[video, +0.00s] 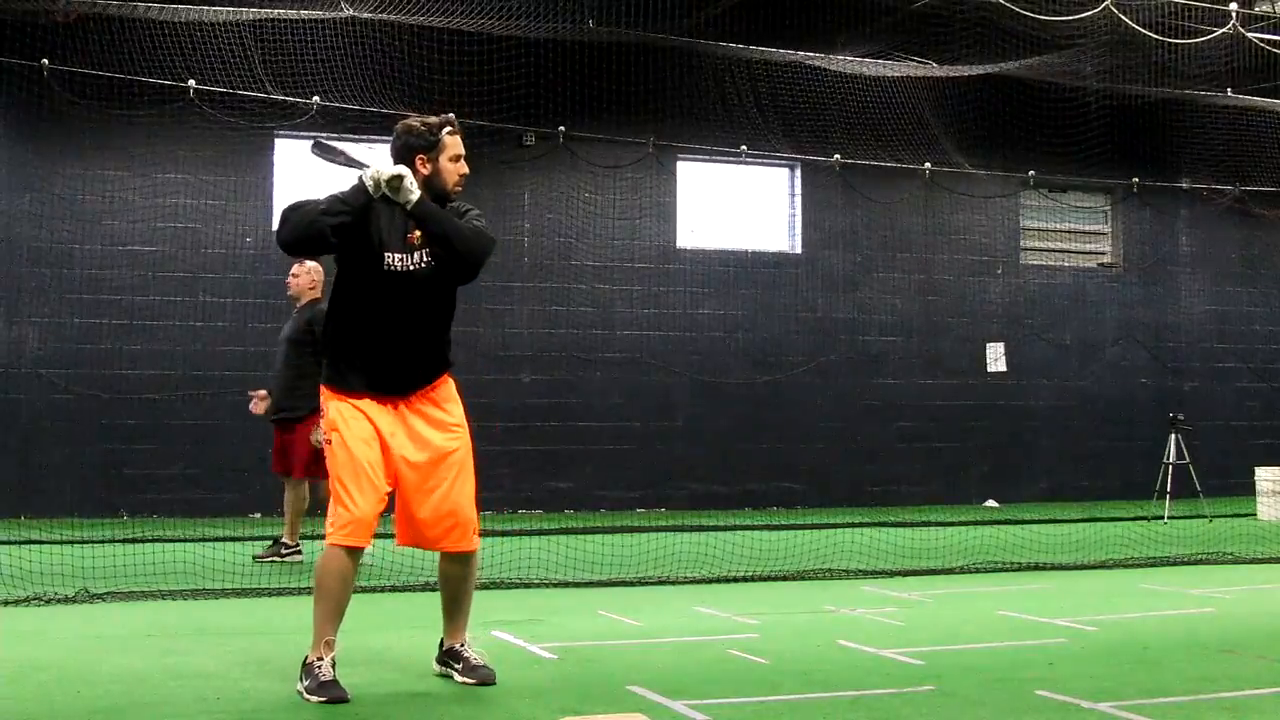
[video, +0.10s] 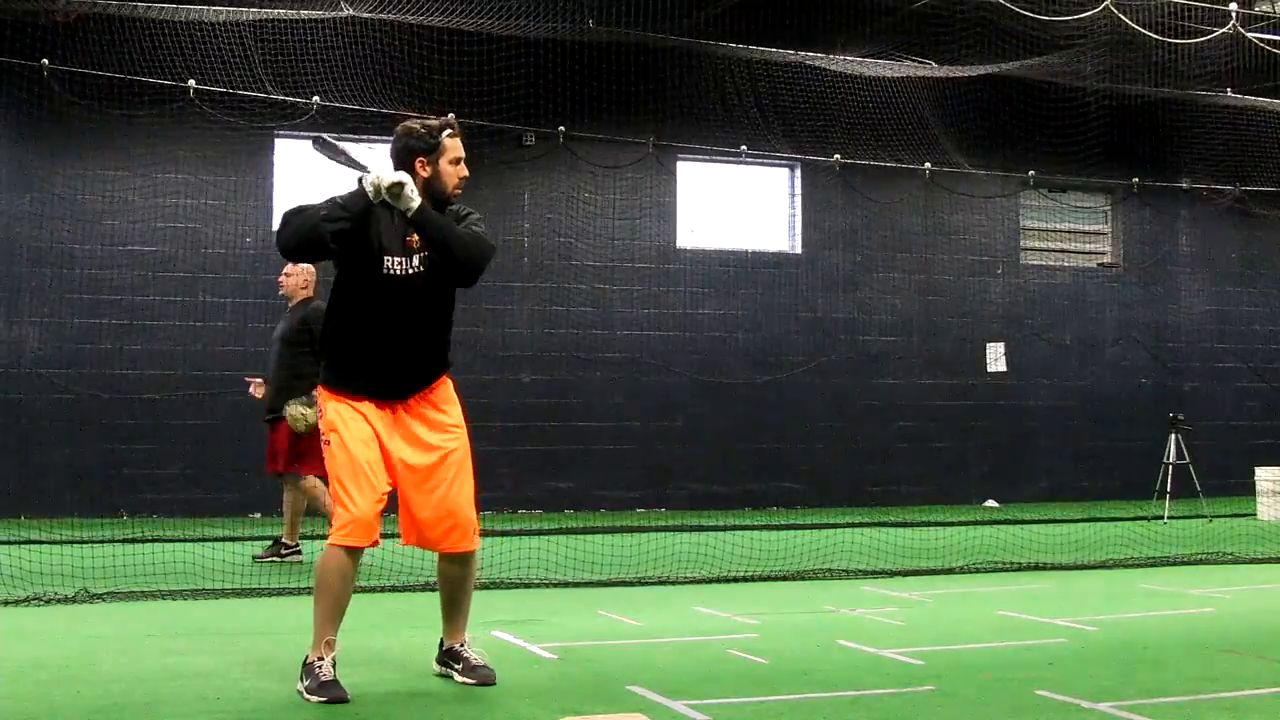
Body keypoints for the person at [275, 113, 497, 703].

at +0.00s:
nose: (464, 167)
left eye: (463, 157)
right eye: (455, 158)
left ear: (434, 163)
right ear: (421, 163)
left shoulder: (457, 219)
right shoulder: (360, 210)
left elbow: (474, 252)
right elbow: (291, 235)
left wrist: (416, 200)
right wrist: (362, 192)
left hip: (430, 395)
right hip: (354, 397)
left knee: (459, 527)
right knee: (353, 523)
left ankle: (454, 646)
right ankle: (320, 657)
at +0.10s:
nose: (463, 170)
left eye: (463, 161)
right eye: (455, 161)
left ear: (434, 166)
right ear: (421, 165)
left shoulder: (456, 221)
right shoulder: (360, 214)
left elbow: (473, 263)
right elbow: (290, 239)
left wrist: (416, 209)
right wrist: (362, 197)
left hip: (428, 397)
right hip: (352, 399)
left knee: (458, 529)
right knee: (354, 525)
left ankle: (454, 646)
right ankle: (320, 658)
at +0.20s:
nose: (460, 174)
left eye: (460, 164)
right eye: (452, 165)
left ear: (430, 169)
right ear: (417, 168)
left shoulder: (449, 223)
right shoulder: (355, 215)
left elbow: (468, 273)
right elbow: (284, 243)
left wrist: (412, 222)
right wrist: (357, 205)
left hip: (422, 398)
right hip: (345, 401)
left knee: (454, 529)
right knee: (353, 523)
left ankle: (453, 645)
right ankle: (320, 658)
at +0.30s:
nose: (455, 177)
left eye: (455, 167)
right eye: (446, 168)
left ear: (423, 171)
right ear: (412, 171)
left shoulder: (446, 226)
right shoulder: (348, 212)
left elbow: (458, 283)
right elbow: (276, 249)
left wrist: (400, 238)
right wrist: (350, 220)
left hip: (412, 396)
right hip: (337, 399)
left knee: (449, 523)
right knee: (348, 525)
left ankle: (451, 638)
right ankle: (318, 659)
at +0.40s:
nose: (450, 181)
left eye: (451, 171)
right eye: (442, 172)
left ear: (416, 175)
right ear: (407, 176)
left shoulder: (443, 232)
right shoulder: (343, 214)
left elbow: (445, 300)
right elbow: (266, 257)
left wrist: (386, 259)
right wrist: (339, 236)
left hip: (409, 400)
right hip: (332, 404)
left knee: (451, 516)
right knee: (342, 525)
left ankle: (438, 629)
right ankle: (318, 658)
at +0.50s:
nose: (452, 184)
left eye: (452, 174)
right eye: (443, 175)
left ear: (418, 178)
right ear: (407, 179)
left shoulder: (444, 237)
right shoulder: (343, 217)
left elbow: (436, 310)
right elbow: (261, 266)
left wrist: (375, 287)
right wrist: (324, 257)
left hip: (409, 400)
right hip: (333, 404)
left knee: (444, 517)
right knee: (341, 530)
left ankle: (426, 641)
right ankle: (319, 659)